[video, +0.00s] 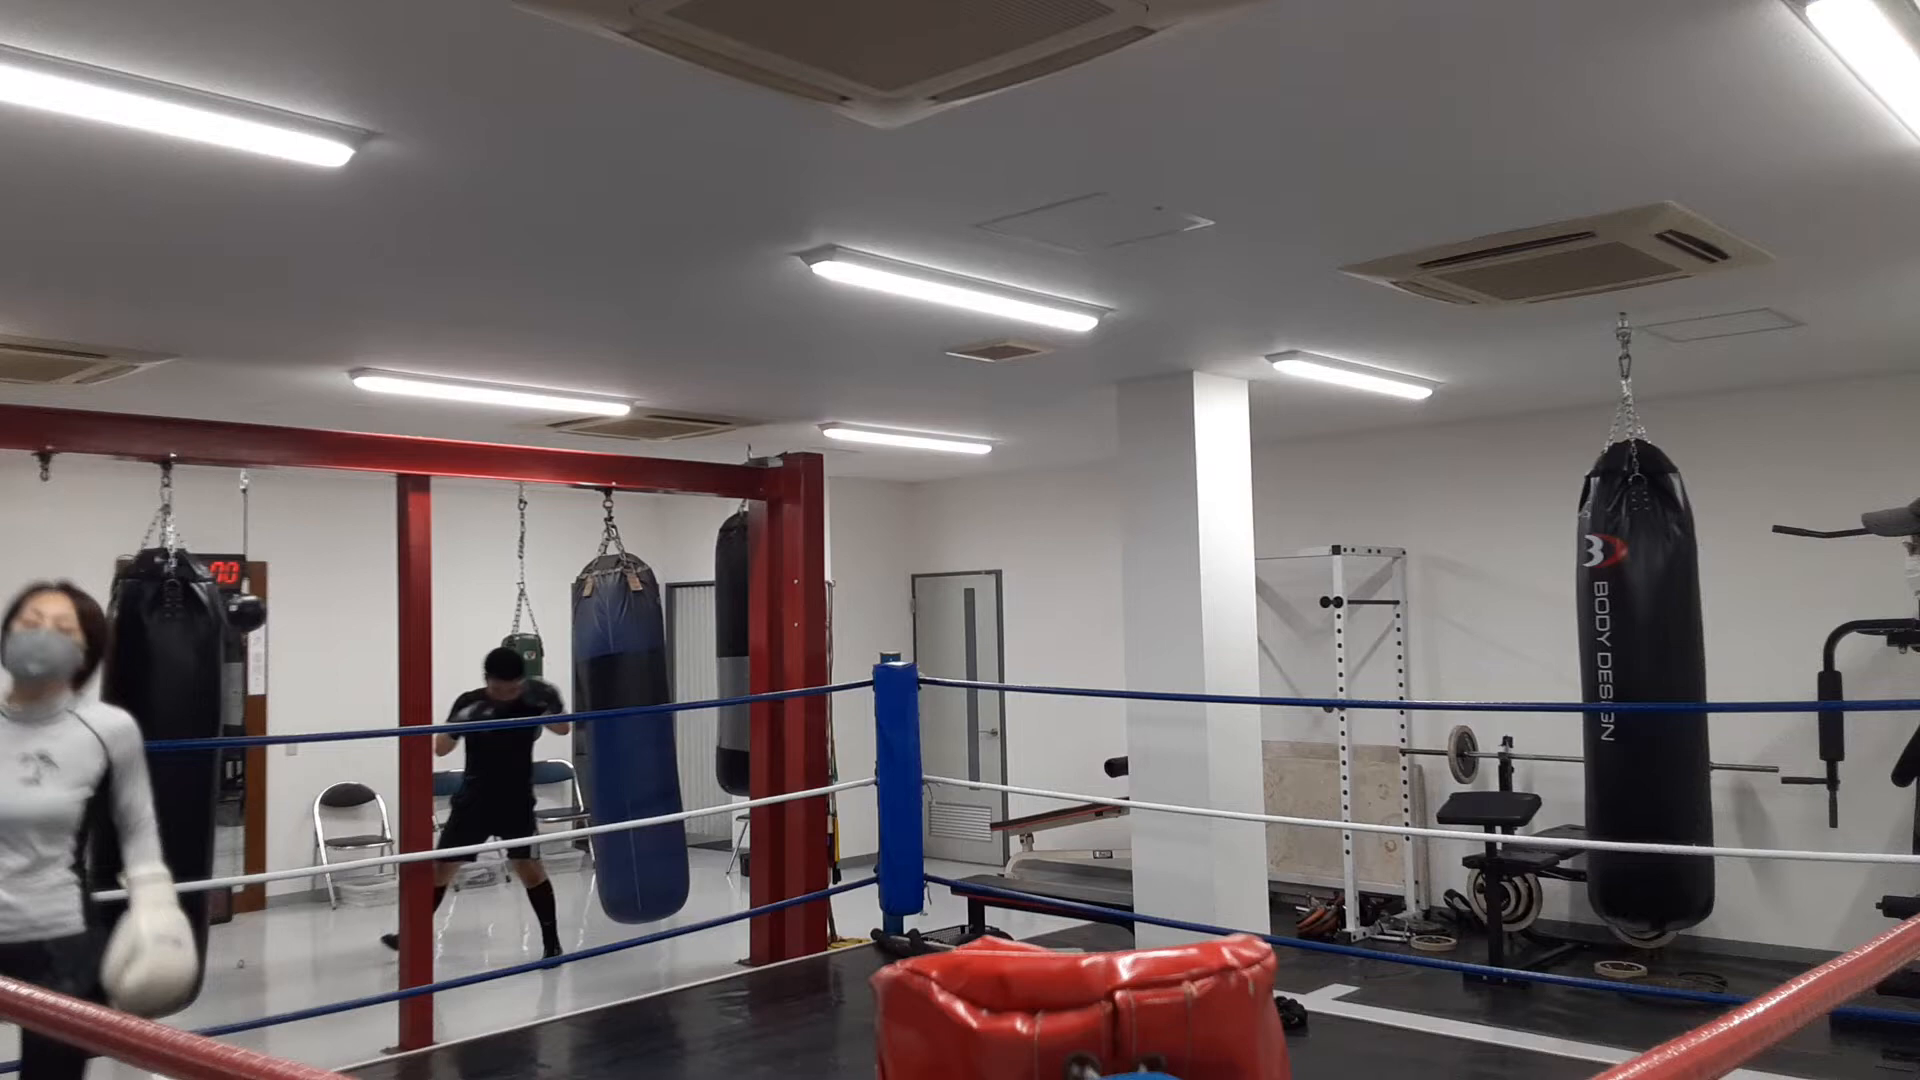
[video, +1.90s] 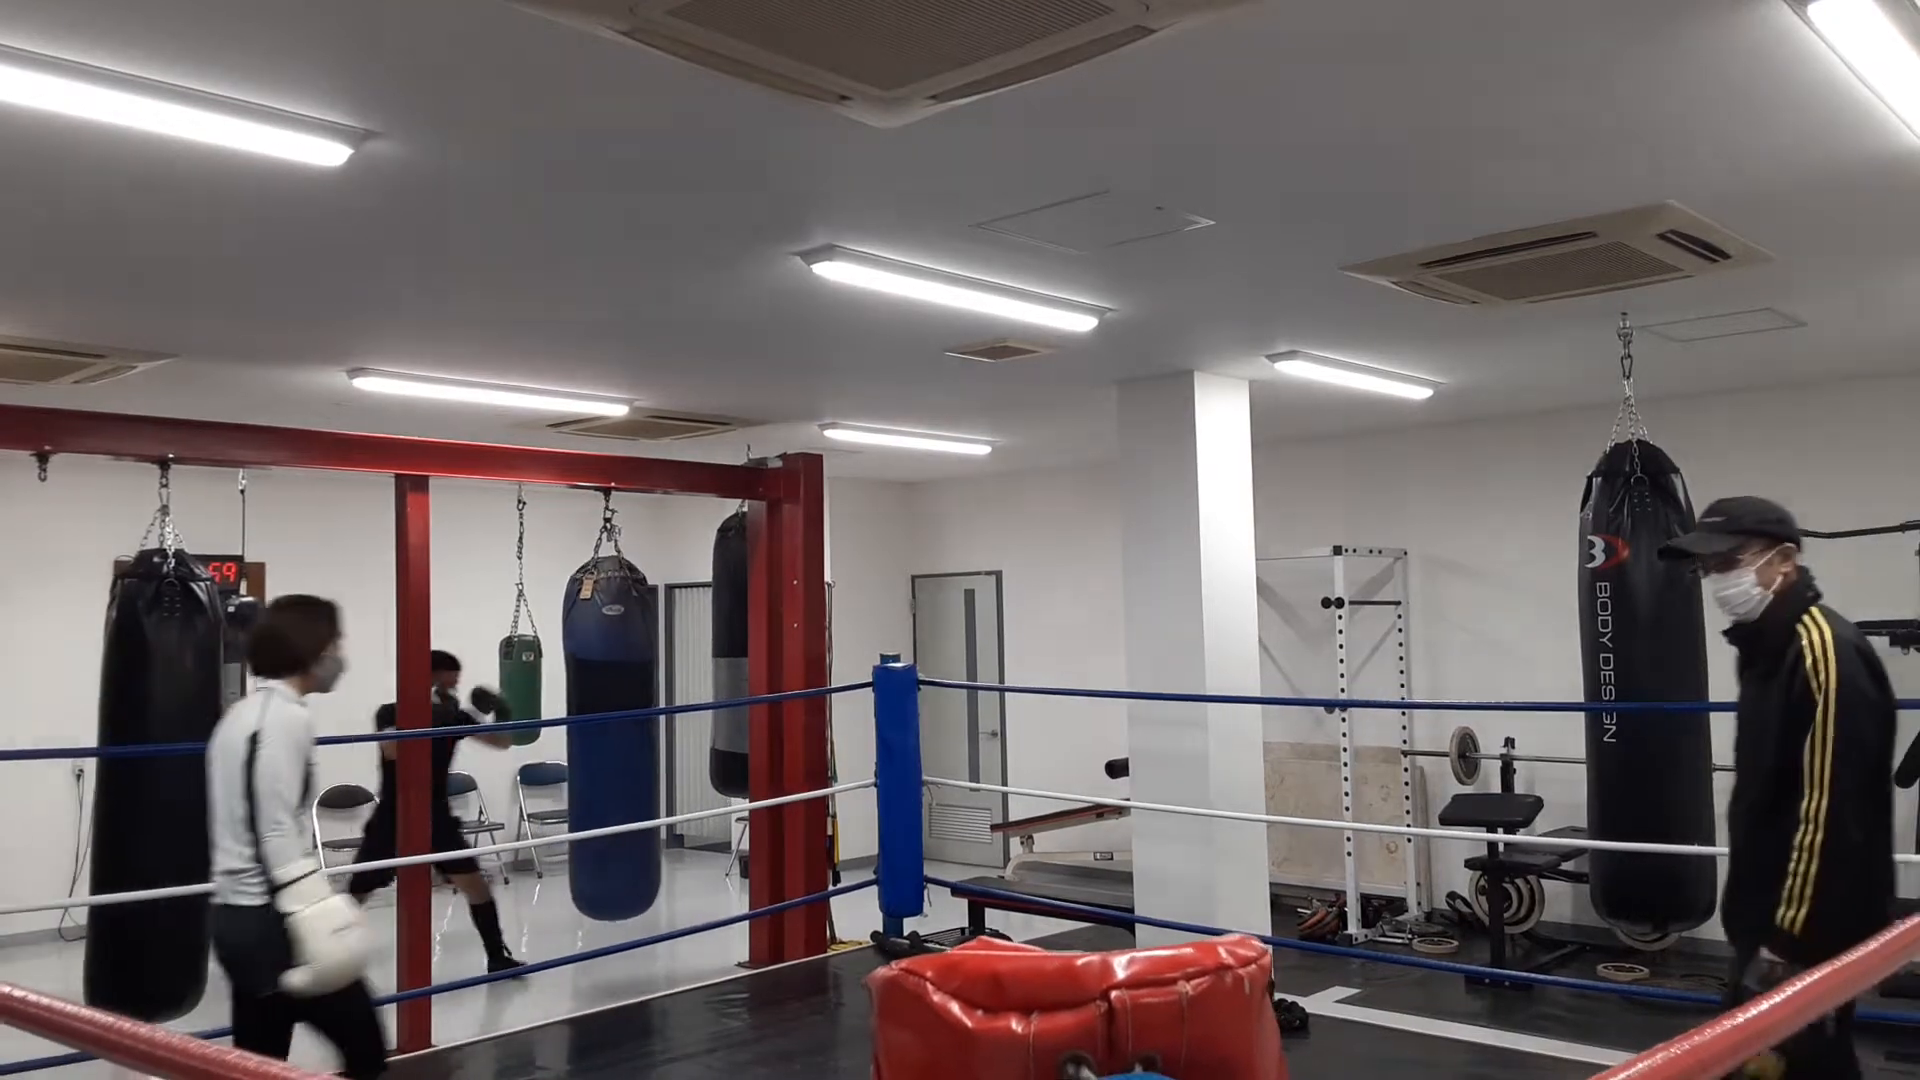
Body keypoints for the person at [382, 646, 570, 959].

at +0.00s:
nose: (506, 695)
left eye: (512, 689)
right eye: (500, 689)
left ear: (520, 682)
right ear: (488, 681)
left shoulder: (532, 699)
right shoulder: (469, 702)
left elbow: (562, 729)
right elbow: (441, 748)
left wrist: (550, 704)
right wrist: (460, 722)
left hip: (515, 802)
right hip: (473, 803)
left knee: (529, 868)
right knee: (441, 868)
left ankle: (551, 942)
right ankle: (412, 934)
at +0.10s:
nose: (488, 695)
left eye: (494, 689)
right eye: (482, 689)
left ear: (506, 684)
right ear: (473, 682)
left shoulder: (522, 707)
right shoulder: (459, 707)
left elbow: (552, 736)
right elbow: (432, 749)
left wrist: (539, 709)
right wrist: (449, 722)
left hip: (506, 802)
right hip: (466, 803)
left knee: (524, 867)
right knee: (435, 869)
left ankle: (552, 939)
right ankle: (412, 937)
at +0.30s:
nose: (448, 690)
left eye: (454, 683)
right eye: (441, 685)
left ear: (461, 677)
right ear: (428, 681)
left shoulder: (478, 701)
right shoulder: (418, 705)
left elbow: (512, 744)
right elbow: (388, 751)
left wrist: (501, 733)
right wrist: (393, 732)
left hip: (473, 798)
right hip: (430, 802)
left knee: (493, 865)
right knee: (414, 873)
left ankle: (520, 940)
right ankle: (401, 942)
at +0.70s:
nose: (430, 682)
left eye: (435, 676)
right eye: (424, 675)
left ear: (444, 673)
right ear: (410, 672)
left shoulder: (457, 698)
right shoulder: (391, 699)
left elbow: (494, 735)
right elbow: (368, 748)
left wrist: (470, 709)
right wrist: (388, 720)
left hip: (449, 794)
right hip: (406, 796)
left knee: (460, 864)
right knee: (398, 869)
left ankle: (474, 939)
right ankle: (399, 941)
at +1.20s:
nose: (452, 685)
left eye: (457, 678)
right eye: (446, 678)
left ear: (462, 675)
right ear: (427, 672)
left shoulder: (463, 705)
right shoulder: (397, 700)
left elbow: (498, 748)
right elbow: (377, 748)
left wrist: (491, 726)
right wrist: (408, 724)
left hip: (443, 801)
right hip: (398, 800)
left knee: (453, 876)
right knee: (374, 875)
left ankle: (467, 961)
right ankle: (360, 946)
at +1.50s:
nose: (406, 683)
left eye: (409, 676)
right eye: (399, 677)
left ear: (413, 679)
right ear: (382, 678)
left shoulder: (419, 710)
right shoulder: (355, 714)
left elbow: (465, 745)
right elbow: (354, 759)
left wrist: (451, 731)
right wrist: (388, 729)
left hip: (412, 817)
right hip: (365, 819)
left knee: (437, 885)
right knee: (337, 892)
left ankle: (463, 961)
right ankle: (312, 965)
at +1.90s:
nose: (452, 687)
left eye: (455, 682)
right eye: (447, 681)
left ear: (456, 681)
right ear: (427, 678)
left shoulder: (455, 717)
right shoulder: (391, 714)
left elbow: (502, 741)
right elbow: (392, 751)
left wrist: (499, 709)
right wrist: (434, 712)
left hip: (436, 819)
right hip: (391, 820)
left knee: (475, 884)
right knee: (356, 894)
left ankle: (498, 957)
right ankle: (326, 959)